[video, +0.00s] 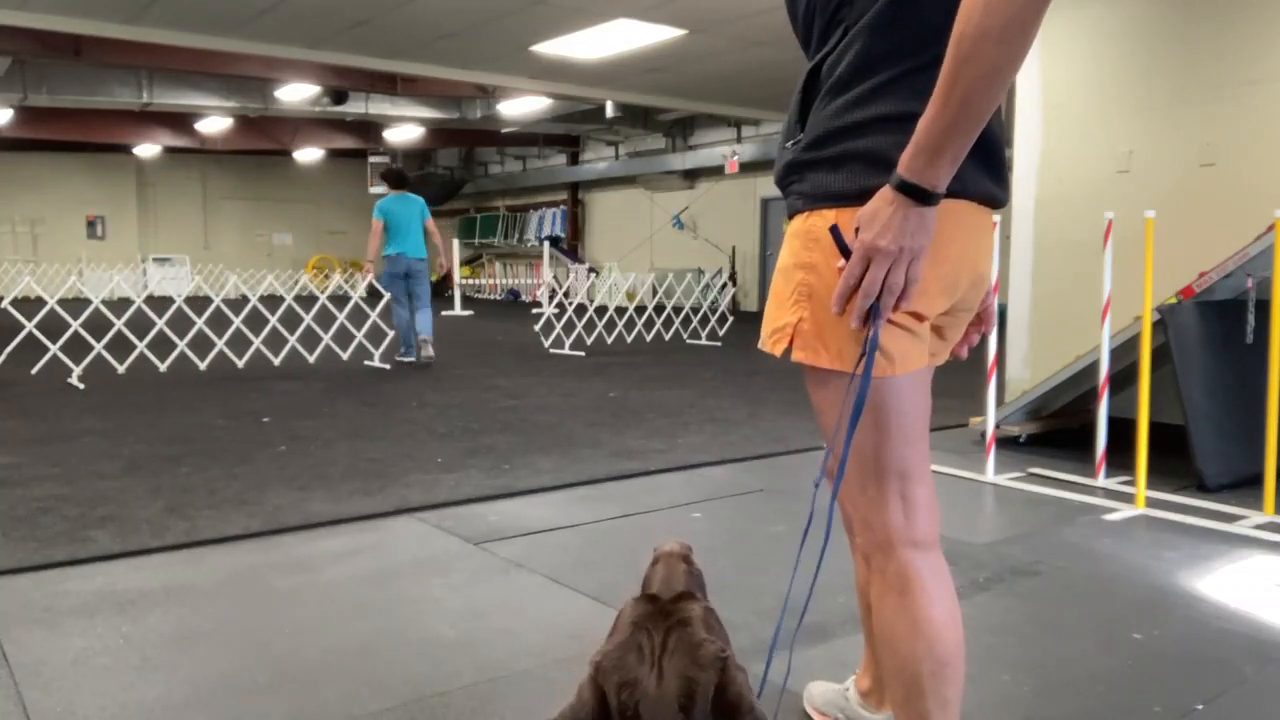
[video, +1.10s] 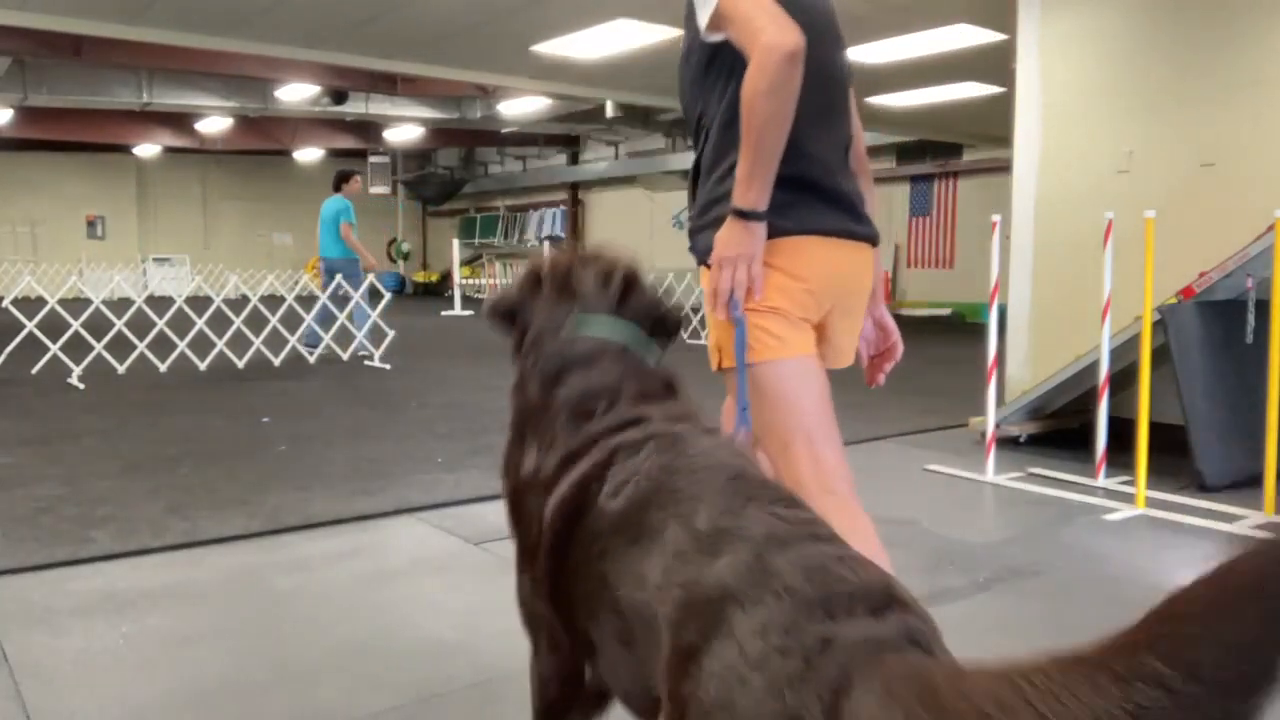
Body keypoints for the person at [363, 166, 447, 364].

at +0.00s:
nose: (385, 186)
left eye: (385, 183)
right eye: (386, 183)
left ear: (388, 184)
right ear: (405, 182)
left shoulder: (382, 204)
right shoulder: (419, 201)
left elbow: (376, 231)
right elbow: (433, 230)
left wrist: (370, 260)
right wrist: (441, 255)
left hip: (394, 258)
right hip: (418, 259)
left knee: (400, 304)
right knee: (423, 302)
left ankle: (408, 350)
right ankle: (425, 337)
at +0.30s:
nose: (371, 186)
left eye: (372, 183)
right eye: (372, 183)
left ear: (376, 184)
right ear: (394, 183)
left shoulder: (374, 203)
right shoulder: (405, 202)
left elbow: (369, 230)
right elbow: (418, 230)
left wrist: (361, 259)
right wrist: (419, 254)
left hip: (386, 256)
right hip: (407, 255)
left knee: (396, 302)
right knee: (399, 300)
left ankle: (408, 348)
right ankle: (398, 339)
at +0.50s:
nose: (363, 189)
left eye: (364, 186)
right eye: (364, 186)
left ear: (366, 188)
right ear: (383, 186)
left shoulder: (363, 207)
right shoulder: (395, 206)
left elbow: (358, 235)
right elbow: (407, 234)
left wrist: (355, 260)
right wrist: (408, 258)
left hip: (374, 259)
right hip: (394, 259)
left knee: (386, 303)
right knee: (379, 303)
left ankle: (406, 345)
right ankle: (372, 344)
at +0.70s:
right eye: (374, 184)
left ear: (356, 185)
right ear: (374, 186)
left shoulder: (346, 205)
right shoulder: (383, 207)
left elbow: (341, 235)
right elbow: (392, 237)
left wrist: (343, 259)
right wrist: (398, 259)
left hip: (356, 259)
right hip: (380, 259)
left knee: (359, 302)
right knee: (378, 300)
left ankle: (384, 333)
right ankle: (365, 343)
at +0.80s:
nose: (370, 187)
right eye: (369, 184)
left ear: (350, 185)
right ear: (368, 185)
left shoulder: (340, 203)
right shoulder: (377, 205)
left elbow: (334, 232)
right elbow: (384, 234)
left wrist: (337, 254)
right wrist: (393, 259)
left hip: (349, 257)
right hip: (373, 257)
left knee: (350, 299)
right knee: (373, 297)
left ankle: (362, 341)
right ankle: (364, 338)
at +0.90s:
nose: (367, 185)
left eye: (366, 181)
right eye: (365, 182)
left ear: (346, 184)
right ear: (359, 184)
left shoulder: (334, 203)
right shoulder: (370, 204)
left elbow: (328, 231)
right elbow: (376, 232)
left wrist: (329, 255)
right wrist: (385, 258)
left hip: (342, 256)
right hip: (366, 257)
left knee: (341, 298)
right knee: (368, 299)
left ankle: (335, 339)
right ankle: (364, 343)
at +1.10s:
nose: (360, 187)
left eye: (359, 183)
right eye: (356, 183)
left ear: (342, 186)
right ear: (345, 185)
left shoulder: (327, 203)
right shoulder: (345, 204)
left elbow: (322, 235)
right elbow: (346, 234)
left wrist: (322, 259)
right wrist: (366, 257)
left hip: (328, 257)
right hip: (346, 258)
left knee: (329, 299)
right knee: (360, 300)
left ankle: (310, 338)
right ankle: (363, 343)